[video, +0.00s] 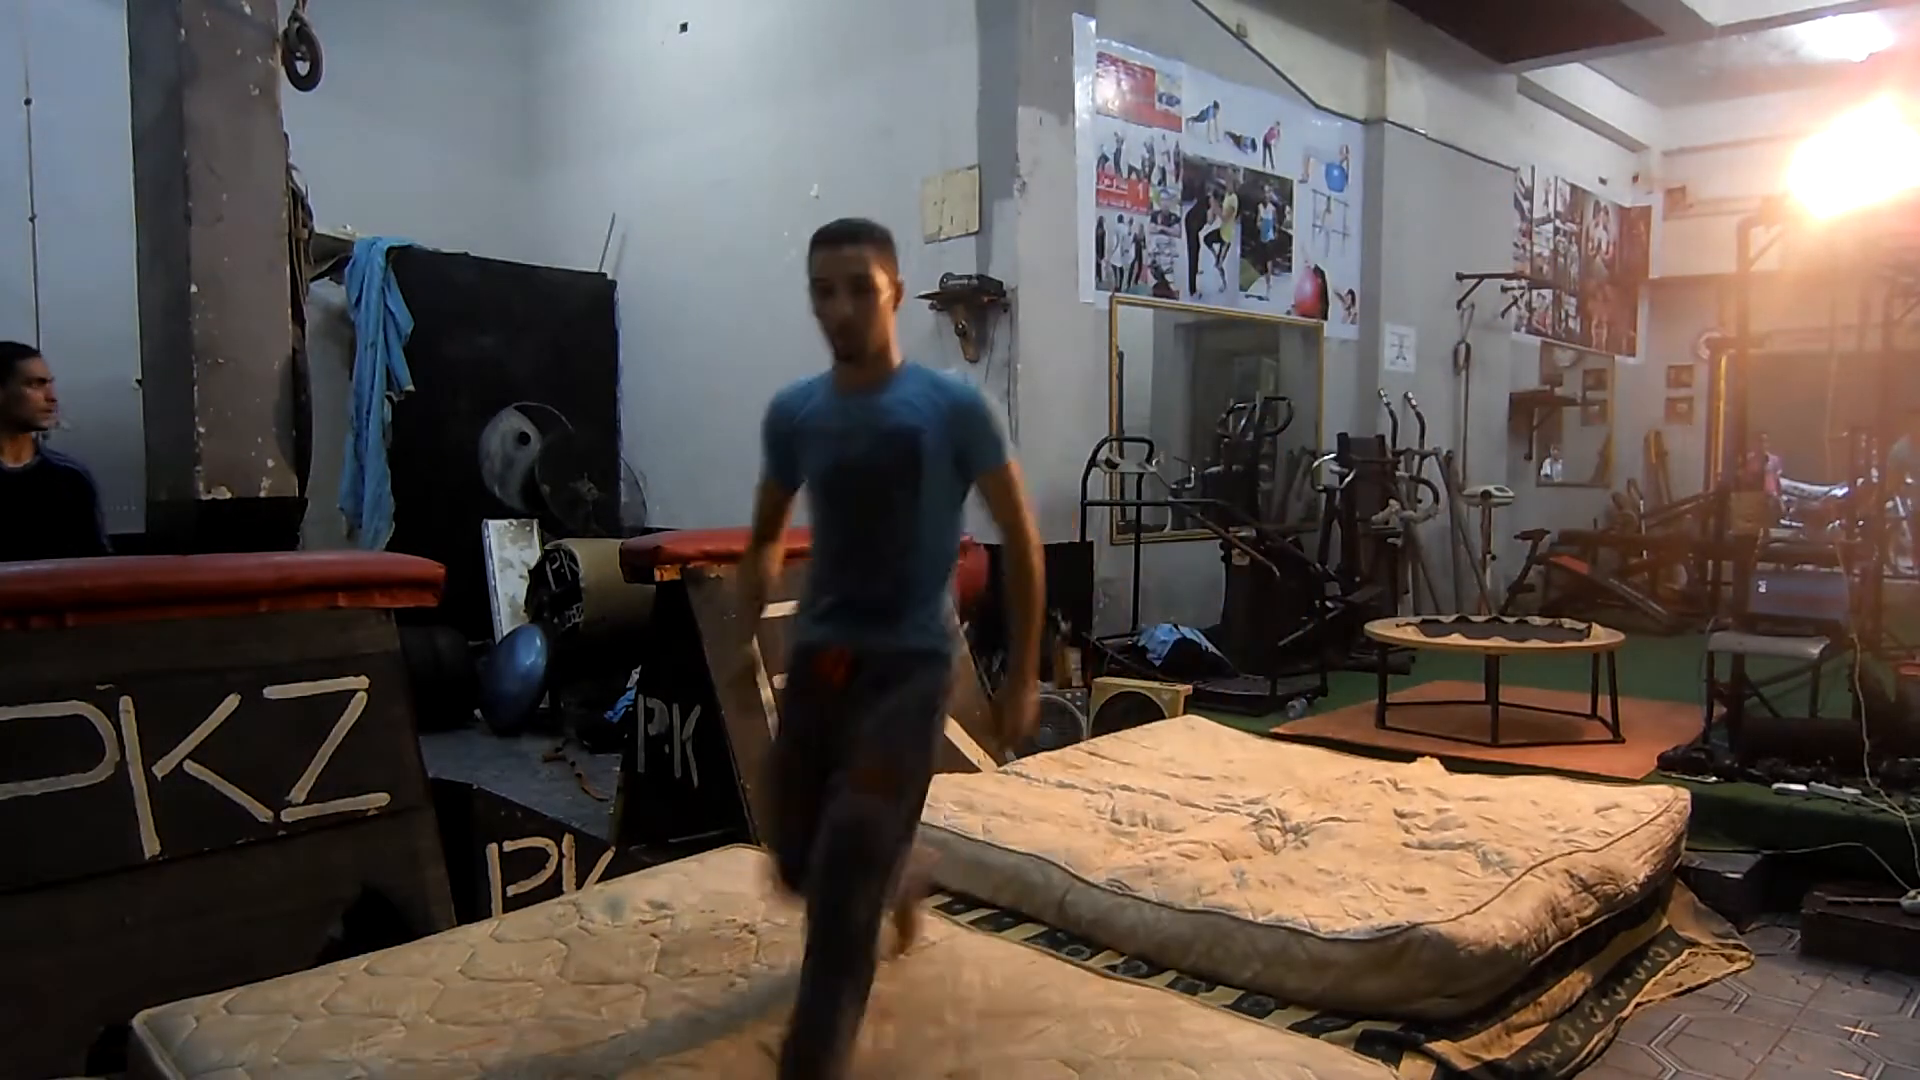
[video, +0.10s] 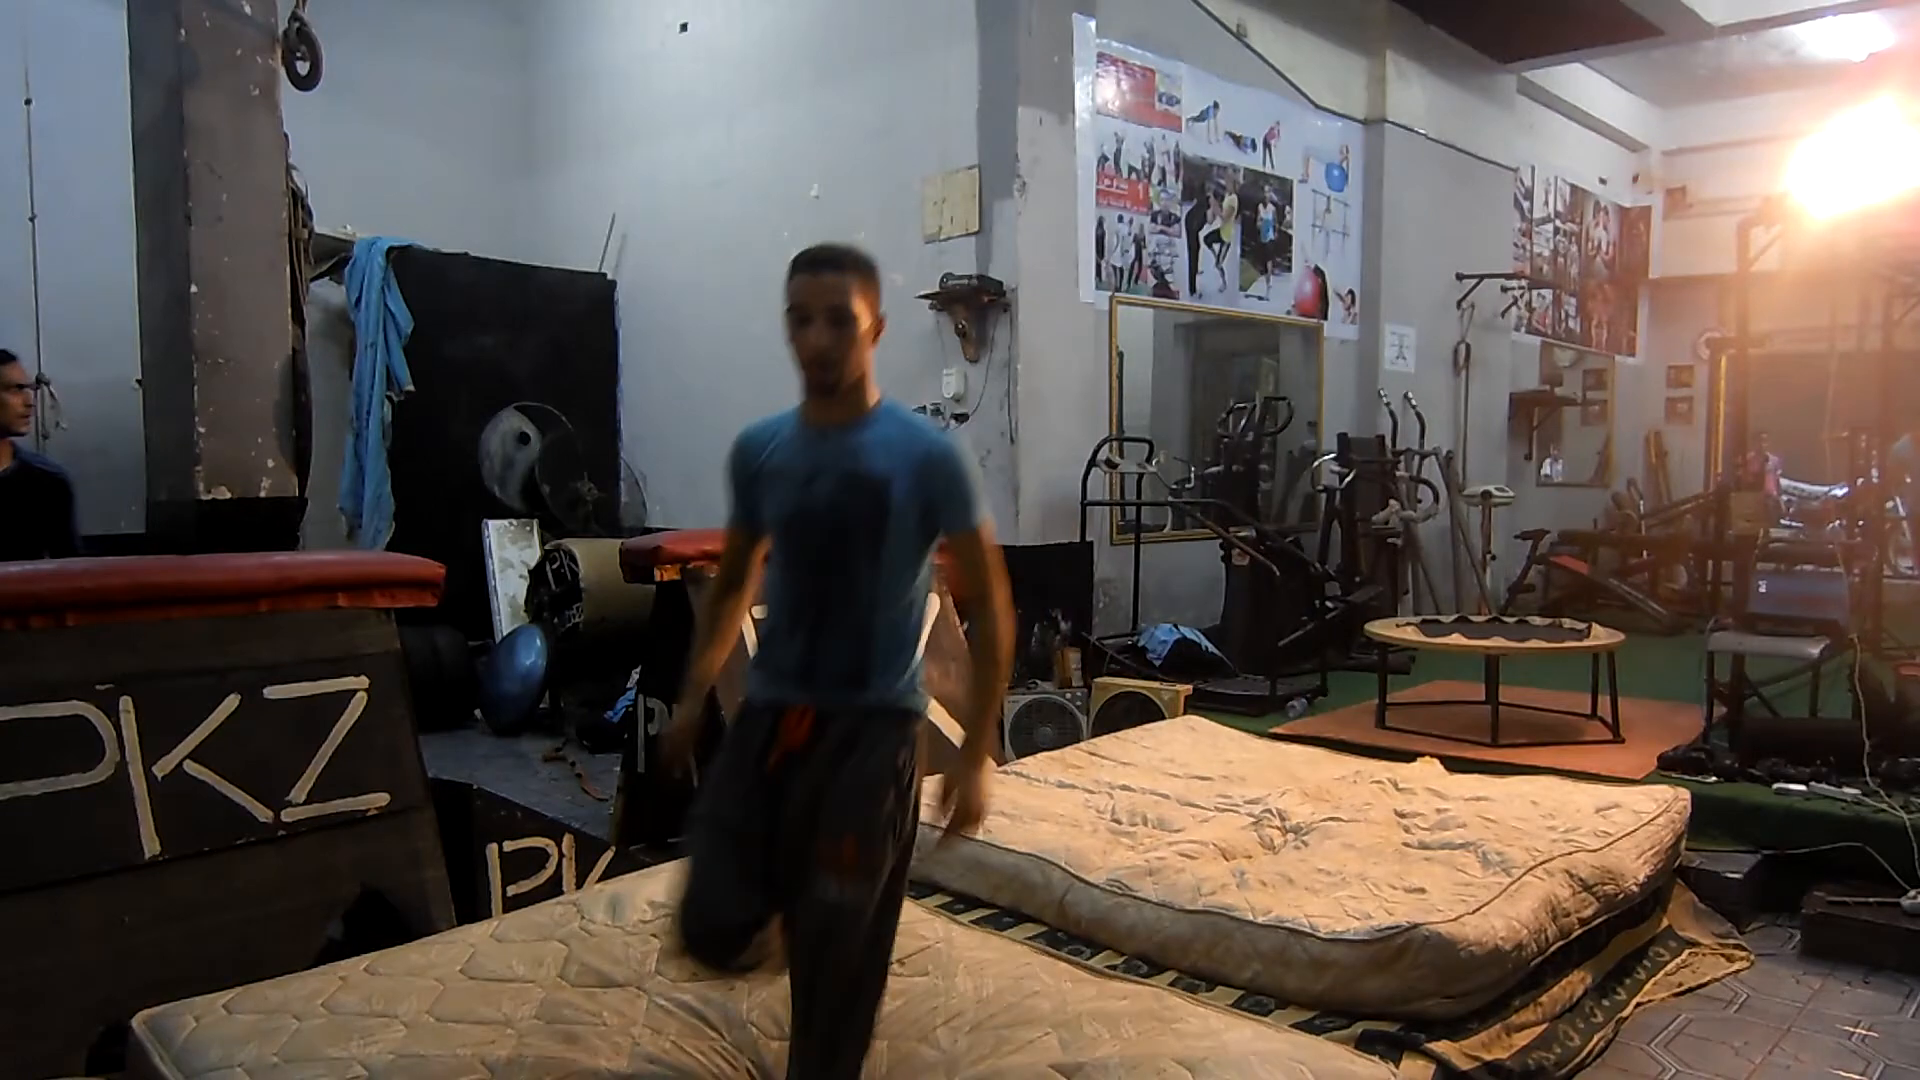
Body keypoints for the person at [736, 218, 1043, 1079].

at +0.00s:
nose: (840, 305)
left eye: (858, 287)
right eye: (824, 290)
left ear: (897, 293)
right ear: (809, 301)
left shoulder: (955, 405)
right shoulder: (794, 412)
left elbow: (1021, 539)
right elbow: (764, 536)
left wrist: (1023, 679)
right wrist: (750, 643)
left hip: (910, 663)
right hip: (820, 658)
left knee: (847, 880)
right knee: (796, 861)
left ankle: (810, 1065)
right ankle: (904, 877)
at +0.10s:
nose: (817, 338)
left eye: (837, 319)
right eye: (802, 319)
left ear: (877, 326)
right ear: (785, 329)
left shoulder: (930, 459)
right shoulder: (760, 452)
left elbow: (988, 611)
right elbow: (730, 588)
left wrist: (977, 757)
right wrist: (690, 702)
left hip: (868, 737)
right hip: (765, 724)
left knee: (834, 970)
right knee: (711, 938)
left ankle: (823, 1074)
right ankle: (817, 915)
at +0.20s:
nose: (786, 348)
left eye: (809, 327)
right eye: (769, 327)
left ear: (848, 337)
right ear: (751, 338)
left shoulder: (896, 472)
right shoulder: (717, 466)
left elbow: (948, 634)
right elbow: (692, 610)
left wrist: (915, 784)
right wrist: (643, 740)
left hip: (842, 759)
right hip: (726, 747)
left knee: (825, 1012)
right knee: (635, 953)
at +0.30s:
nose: (745, 313)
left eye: (769, 289)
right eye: (725, 290)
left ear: (807, 297)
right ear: (703, 300)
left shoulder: (865, 445)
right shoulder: (664, 438)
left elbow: (923, 605)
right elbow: (643, 593)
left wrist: (878, 746)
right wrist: (601, 728)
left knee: (801, 1031)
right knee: (577, 950)